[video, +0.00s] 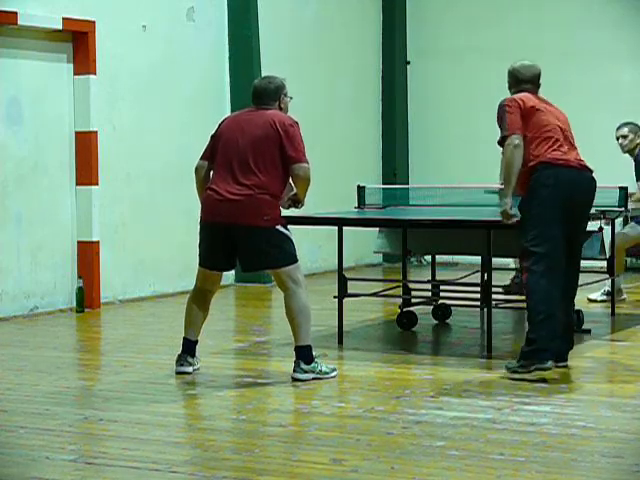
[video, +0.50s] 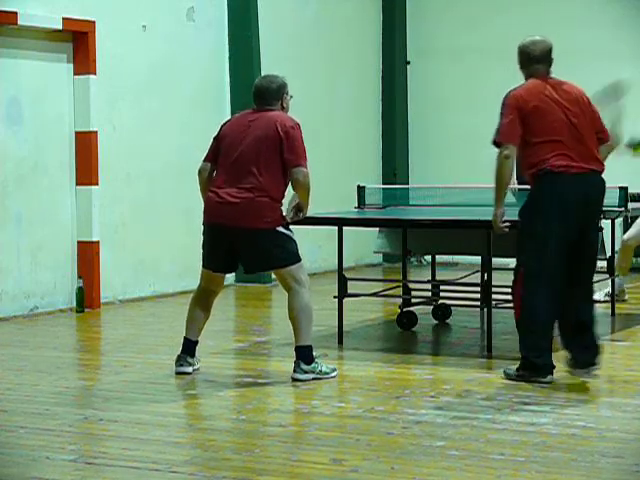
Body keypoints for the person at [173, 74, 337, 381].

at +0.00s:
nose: (289, 104)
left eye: (289, 99)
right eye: (288, 99)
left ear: (255, 101)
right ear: (279, 101)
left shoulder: (229, 122)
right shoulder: (284, 123)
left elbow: (202, 169)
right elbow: (301, 173)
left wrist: (209, 204)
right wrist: (298, 196)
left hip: (215, 215)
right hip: (260, 215)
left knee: (204, 287)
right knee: (293, 285)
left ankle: (187, 355)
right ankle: (305, 361)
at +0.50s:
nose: (290, 102)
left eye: (289, 98)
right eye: (289, 98)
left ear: (256, 100)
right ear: (282, 101)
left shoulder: (232, 123)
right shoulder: (286, 125)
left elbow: (205, 171)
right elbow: (300, 177)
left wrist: (215, 206)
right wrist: (302, 202)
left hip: (217, 219)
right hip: (262, 219)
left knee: (207, 287)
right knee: (298, 285)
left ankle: (186, 355)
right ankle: (305, 362)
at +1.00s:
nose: (265, 99)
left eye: (262, 95)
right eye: (263, 95)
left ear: (229, 98)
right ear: (259, 98)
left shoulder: (208, 123)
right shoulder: (275, 124)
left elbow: (177, 163)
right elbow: (326, 159)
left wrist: (166, 204)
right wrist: (321, 168)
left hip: (206, 216)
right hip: (252, 215)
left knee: (197, 287)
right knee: (286, 283)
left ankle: (185, 354)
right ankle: (305, 355)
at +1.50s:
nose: (227, 96)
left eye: (225, 91)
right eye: (225, 92)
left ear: (194, 97)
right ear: (220, 95)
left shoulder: (175, 128)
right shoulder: (235, 124)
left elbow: (147, 174)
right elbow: (258, 162)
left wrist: (140, 213)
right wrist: (278, 195)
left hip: (186, 222)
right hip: (230, 219)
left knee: (189, 287)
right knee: (264, 283)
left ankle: (185, 355)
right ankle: (293, 354)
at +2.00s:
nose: (181, 82)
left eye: (179, 77)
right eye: (178, 78)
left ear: (148, 82)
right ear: (169, 81)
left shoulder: (124, 112)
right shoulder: (174, 111)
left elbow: (101, 160)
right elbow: (193, 165)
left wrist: (103, 201)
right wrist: (214, 189)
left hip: (118, 212)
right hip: (155, 213)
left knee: (153, 283)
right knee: (153, 287)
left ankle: (169, 352)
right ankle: (123, 364)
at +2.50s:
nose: (143, 83)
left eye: (142, 78)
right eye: (140, 78)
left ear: (112, 81)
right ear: (127, 80)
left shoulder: (85, 107)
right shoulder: (125, 108)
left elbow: (64, 156)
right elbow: (123, 158)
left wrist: (86, 188)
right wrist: (150, 196)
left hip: (67, 210)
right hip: (105, 212)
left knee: (72, 285)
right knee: (120, 286)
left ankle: (58, 362)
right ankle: (121, 364)